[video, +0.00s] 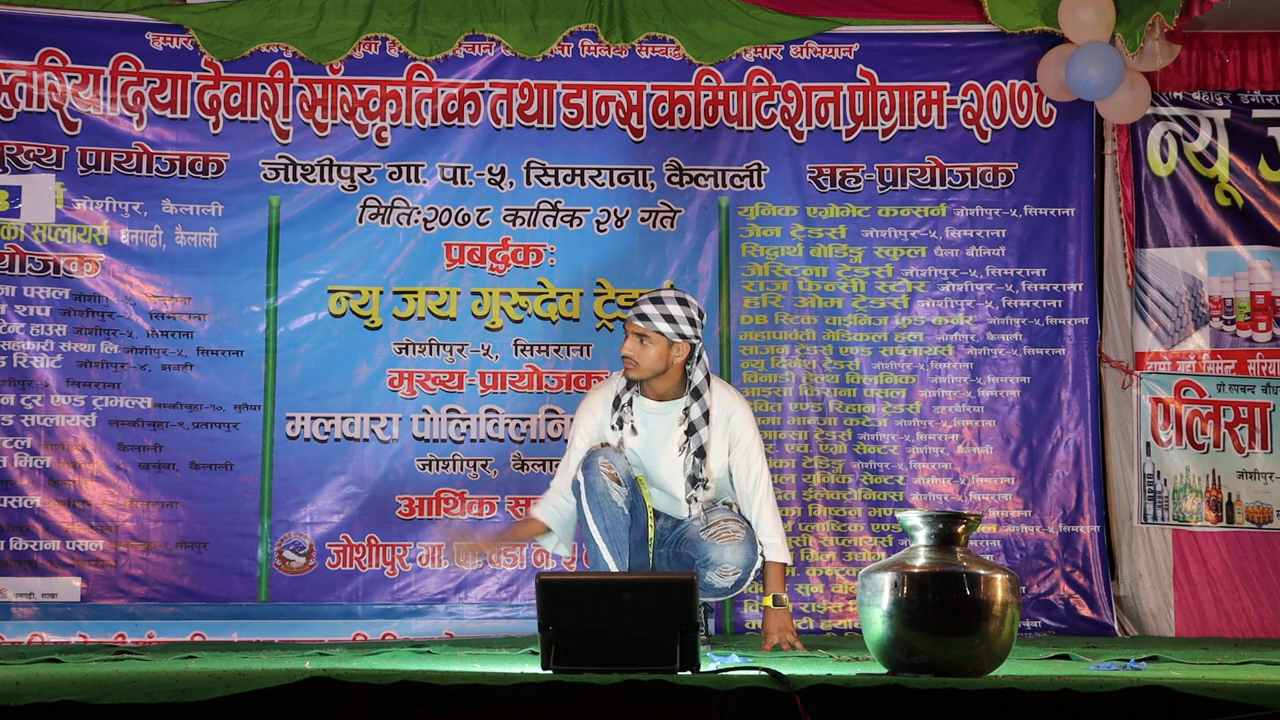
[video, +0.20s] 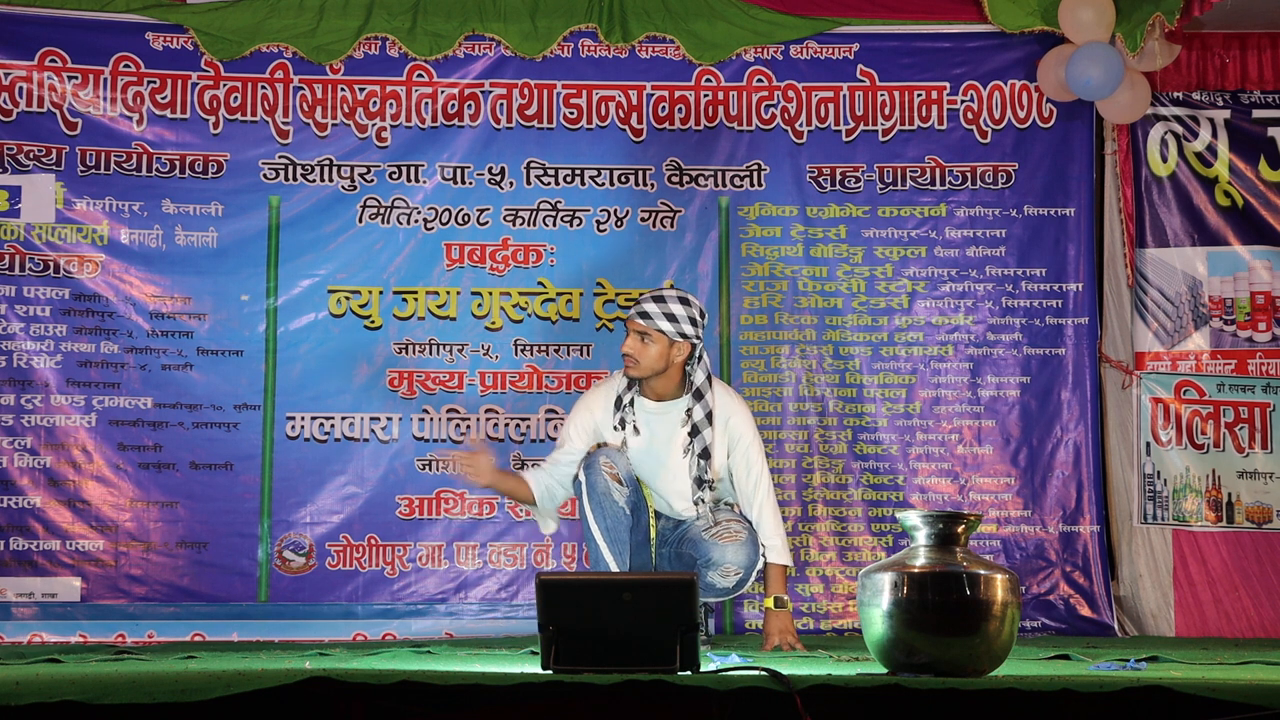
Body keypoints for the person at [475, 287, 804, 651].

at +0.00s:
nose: (625, 350)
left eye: (641, 340)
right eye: (627, 336)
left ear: (679, 351)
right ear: (625, 336)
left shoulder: (728, 408)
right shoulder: (603, 402)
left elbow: (761, 502)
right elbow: (562, 498)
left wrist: (776, 602)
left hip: (695, 541)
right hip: (629, 534)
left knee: (731, 539)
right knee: (601, 462)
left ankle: (691, 614)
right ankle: (618, 605)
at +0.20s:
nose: (626, 347)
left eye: (643, 338)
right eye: (627, 334)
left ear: (681, 351)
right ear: (626, 336)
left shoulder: (727, 410)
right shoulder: (600, 401)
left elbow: (761, 502)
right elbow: (550, 484)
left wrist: (778, 602)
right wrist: (495, 477)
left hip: (696, 539)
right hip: (634, 533)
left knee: (735, 544)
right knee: (602, 461)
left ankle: (688, 612)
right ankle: (618, 607)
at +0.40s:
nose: (629, 346)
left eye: (645, 338)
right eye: (630, 334)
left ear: (682, 350)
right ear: (627, 335)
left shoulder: (727, 410)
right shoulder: (603, 399)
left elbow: (762, 504)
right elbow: (558, 490)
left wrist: (778, 606)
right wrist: (490, 463)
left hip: (695, 533)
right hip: (633, 529)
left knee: (736, 553)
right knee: (604, 463)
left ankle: (679, 609)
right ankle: (627, 606)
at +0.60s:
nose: (628, 348)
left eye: (645, 340)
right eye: (629, 336)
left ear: (681, 353)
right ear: (625, 335)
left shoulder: (727, 410)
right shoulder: (604, 400)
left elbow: (762, 503)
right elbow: (559, 473)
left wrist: (778, 604)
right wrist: (535, 490)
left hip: (697, 537)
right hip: (634, 529)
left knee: (736, 550)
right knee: (601, 461)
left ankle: (684, 610)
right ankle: (619, 603)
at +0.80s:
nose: (640, 365)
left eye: (658, 356)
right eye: (638, 349)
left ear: (693, 360)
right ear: (633, 345)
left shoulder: (729, 412)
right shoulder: (606, 404)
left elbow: (763, 503)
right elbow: (554, 486)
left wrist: (778, 603)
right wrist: (540, 569)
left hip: (693, 542)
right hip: (630, 533)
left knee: (737, 544)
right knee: (603, 462)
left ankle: (692, 609)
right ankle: (622, 603)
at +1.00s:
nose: (670, 396)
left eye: (683, 384)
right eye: (659, 380)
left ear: (702, 370)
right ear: (640, 363)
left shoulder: (727, 412)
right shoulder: (603, 408)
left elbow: (762, 503)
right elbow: (552, 495)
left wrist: (778, 606)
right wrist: (534, 596)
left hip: (694, 536)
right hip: (631, 531)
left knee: (736, 552)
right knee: (601, 462)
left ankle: (687, 607)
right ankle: (622, 606)